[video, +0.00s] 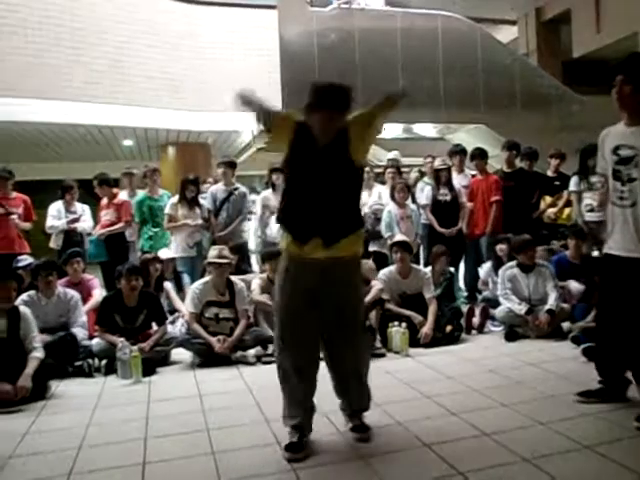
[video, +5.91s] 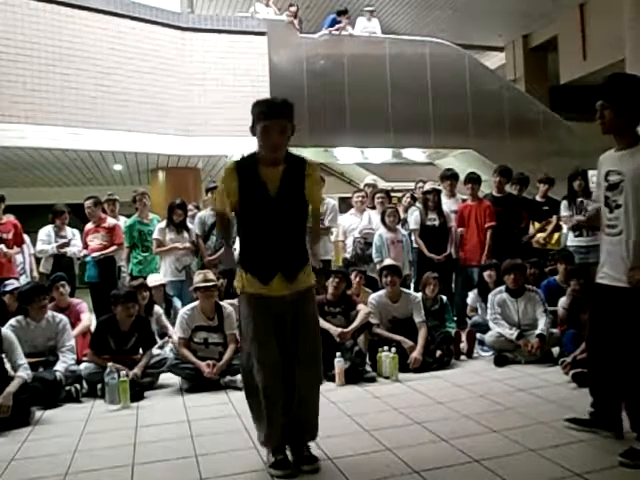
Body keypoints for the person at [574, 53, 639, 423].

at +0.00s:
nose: (619, 94)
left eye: (625, 87)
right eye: (616, 87)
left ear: (639, 92)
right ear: (615, 93)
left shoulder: (635, 135)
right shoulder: (608, 136)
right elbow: (604, 182)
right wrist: (598, 210)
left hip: (636, 248)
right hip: (616, 246)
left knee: (637, 325)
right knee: (609, 320)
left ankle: (638, 393)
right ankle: (613, 383)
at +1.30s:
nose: (597, 71)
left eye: (603, 63)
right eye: (595, 63)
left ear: (619, 64)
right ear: (597, 67)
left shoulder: (632, 109)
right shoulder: (593, 109)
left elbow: (633, 164)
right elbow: (584, 158)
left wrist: (634, 207)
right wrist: (574, 196)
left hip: (625, 218)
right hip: (594, 216)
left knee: (629, 299)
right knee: (595, 293)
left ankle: (635, 366)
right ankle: (596, 355)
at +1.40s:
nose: (584, 143)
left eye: (589, 135)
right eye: (583, 135)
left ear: (607, 137)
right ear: (587, 139)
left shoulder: (629, 180)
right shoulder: (585, 179)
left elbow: (634, 233)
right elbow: (579, 226)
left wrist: (632, 276)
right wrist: (577, 262)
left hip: (623, 288)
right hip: (592, 286)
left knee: (628, 367)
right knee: (598, 364)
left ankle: (637, 433)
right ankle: (606, 429)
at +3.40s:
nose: (558, 130)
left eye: (564, 124)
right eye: (557, 125)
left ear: (584, 129)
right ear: (558, 131)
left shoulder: (605, 165)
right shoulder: (562, 176)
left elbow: (628, 212)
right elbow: (563, 221)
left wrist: (616, 258)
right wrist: (561, 257)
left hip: (601, 276)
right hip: (571, 276)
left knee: (606, 345)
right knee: (577, 345)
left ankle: (620, 411)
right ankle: (596, 408)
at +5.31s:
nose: (564, 125)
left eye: (569, 119)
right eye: (564, 119)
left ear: (587, 122)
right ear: (577, 126)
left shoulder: (616, 163)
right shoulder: (571, 172)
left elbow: (637, 213)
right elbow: (568, 220)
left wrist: (634, 264)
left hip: (616, 279)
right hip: (584, 278)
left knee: (623, 353)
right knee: (588, 350)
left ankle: (639, 427)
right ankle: (601, 412)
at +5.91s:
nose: (600, 120)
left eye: (606, 112)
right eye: (600, 113)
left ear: (625, 115)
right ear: (608, 116)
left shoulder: (638, 158)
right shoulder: (605, 161)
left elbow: (638, 220)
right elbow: (604, 214)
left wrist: (638, 267)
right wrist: (586, 222)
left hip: (633, 278)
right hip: (606, 275)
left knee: (634, 359)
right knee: (602, 348)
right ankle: (605, 415)